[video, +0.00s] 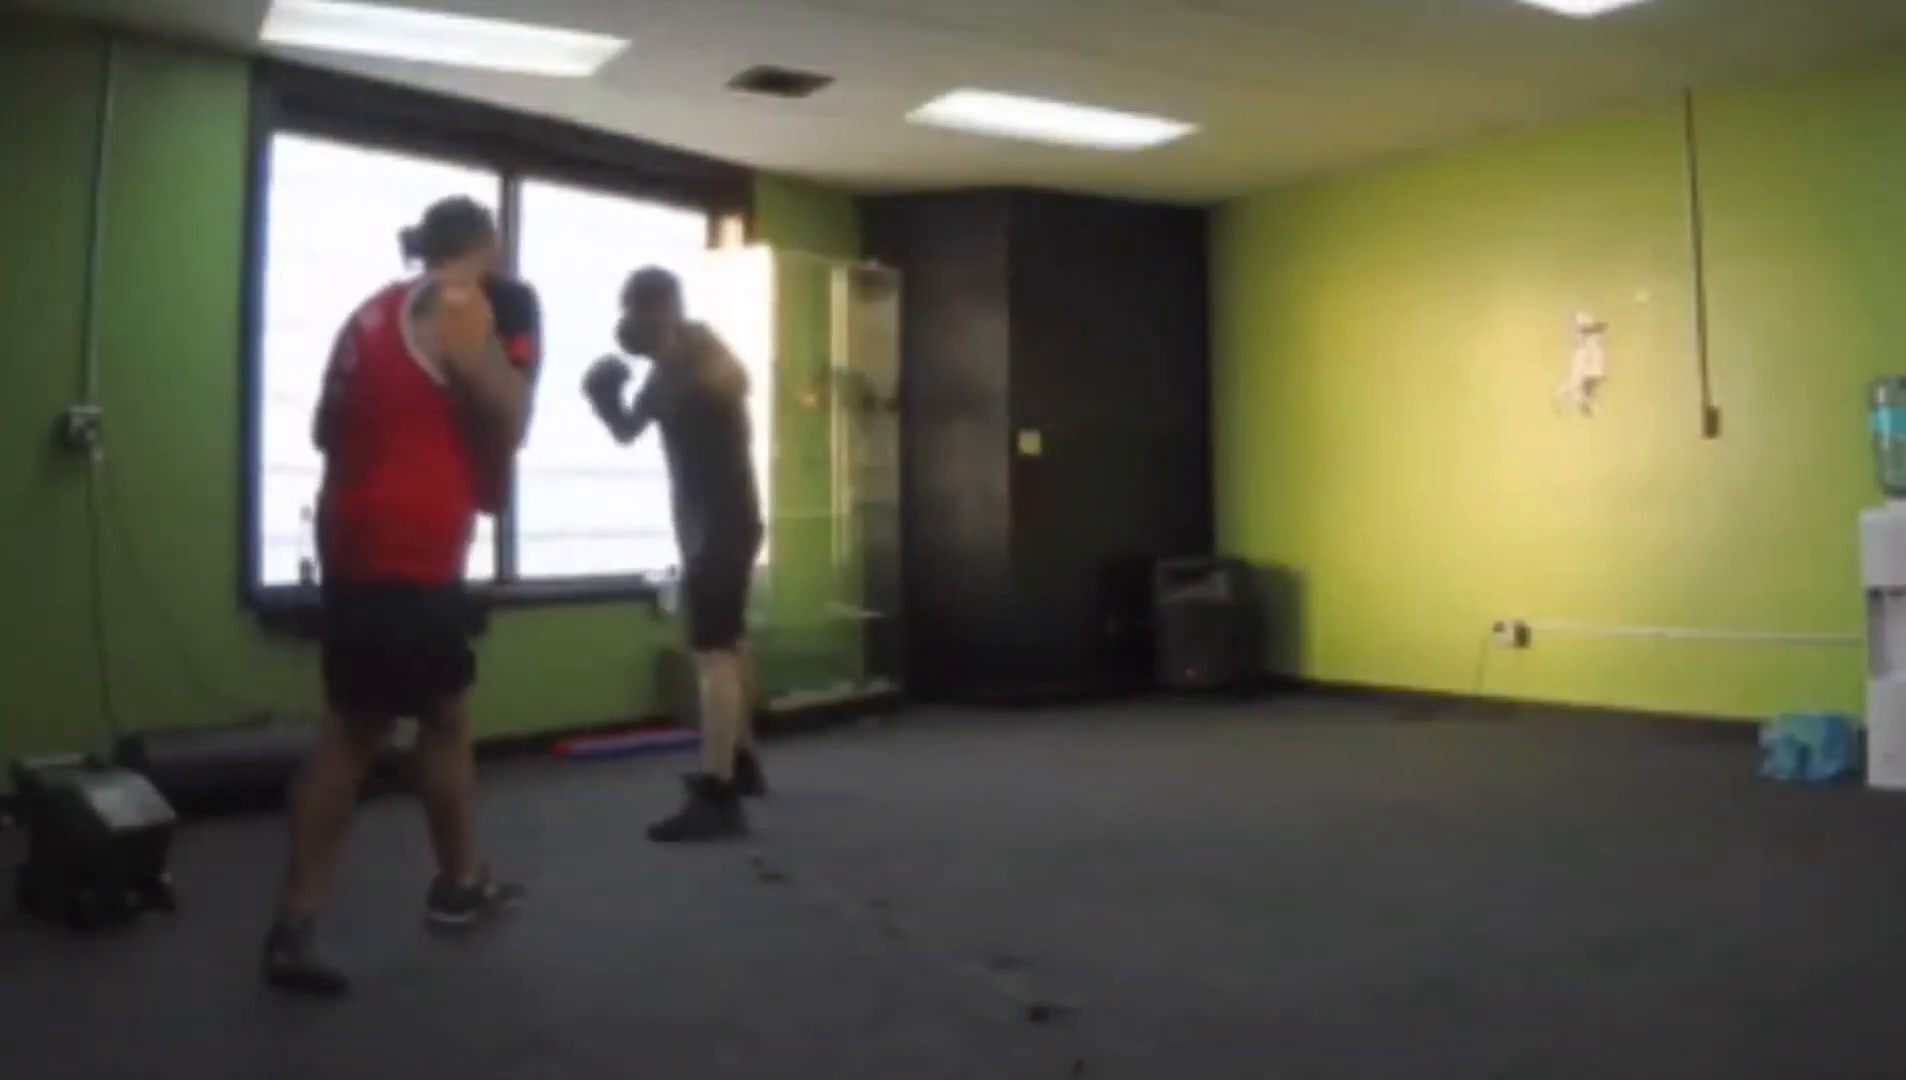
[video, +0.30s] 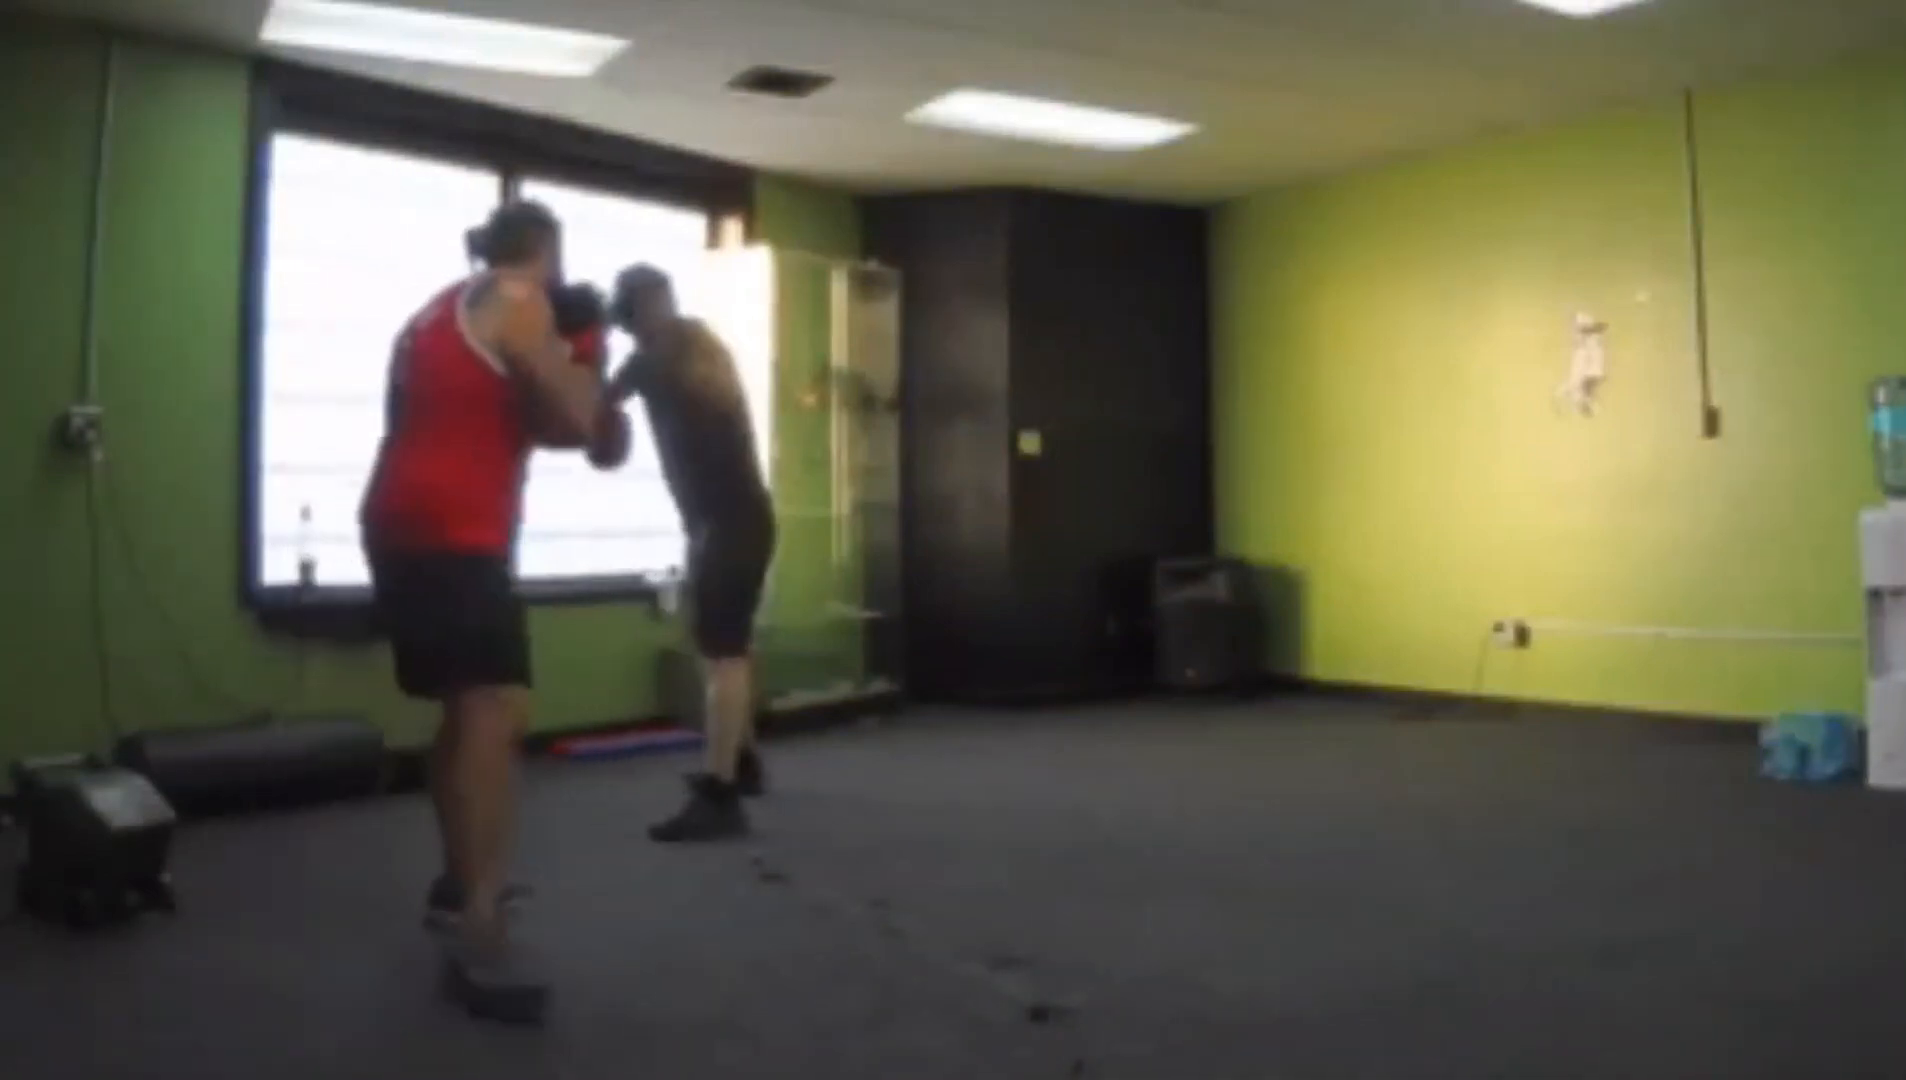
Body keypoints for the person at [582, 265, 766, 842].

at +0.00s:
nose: (624, 327)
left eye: (630, 315)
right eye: (624, 315)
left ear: (657, 312)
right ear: (665, 309)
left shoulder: (679, 362)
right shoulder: (701, 352)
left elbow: (625, 429)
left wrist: (602, 391)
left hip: (715, 527)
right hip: (726, 521)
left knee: (714, 653)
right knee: (724, 647)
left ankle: (715, 788)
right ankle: (738, 759)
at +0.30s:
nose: (639, 326)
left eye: (641, 313)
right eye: (633, 316)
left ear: (654, 305)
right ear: (640, 312)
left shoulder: (679, 346)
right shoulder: (653, 356)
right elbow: (608, 402)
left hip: (733, 518)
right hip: (716, 518)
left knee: (722, 651)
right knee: (725, 647)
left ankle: (719, 787)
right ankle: (739, 757)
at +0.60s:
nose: (627, 330)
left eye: (631, 316)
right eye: (622, 319)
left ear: (651, 304)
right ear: (649, 304)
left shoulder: (692, 343)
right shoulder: (645, 361)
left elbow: (754, 402)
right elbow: (637, 428)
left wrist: (703, 437)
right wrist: (650, 445)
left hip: (731, 517)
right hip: (701, 519)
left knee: (717, 649)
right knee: (727, 645)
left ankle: (719, 787)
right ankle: (747, 755)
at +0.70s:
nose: (635, 325)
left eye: (637, 314)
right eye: (636, 314)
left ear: (648, 312)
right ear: (675, 304)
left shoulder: (688, 351)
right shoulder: (684, 351)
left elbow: (761, 409)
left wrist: (710, 445)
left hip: (718, 514)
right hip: (710, 512)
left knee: (711, 652)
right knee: (725, 647)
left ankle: (718, 788)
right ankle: (748, 756)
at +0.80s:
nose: (644, 330)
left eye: (647, 319)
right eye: (650, 318)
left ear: (658, 319)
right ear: (690, 312)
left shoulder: (685, 356)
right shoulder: (713, 351)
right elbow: (764, 411)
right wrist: (715, 438)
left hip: (710, 518)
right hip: (723, 515)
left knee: (703, 649)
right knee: (726, 643)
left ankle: (718, 786)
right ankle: (747, 756)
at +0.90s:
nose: (655, 343)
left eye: (659, 334)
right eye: (658, 334)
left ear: (673, 336)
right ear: (708, 328)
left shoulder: (695, 370)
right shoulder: (726, 366)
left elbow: (683, 442)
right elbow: (761, 411)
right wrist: (719, 431)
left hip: (702, 517)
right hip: (724, 515)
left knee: (700, 648)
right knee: (723, 642)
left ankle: (721, 789)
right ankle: (748, 755)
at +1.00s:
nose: (628, 321)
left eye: (633, 306)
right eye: (623, 309)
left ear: (662, 300)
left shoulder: (700, 357)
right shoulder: (656, 362)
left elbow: (745, 438)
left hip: (711, 522)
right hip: (683, 521)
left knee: (699, 654)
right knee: (708, 651)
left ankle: (723, 791)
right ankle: (748, 757)